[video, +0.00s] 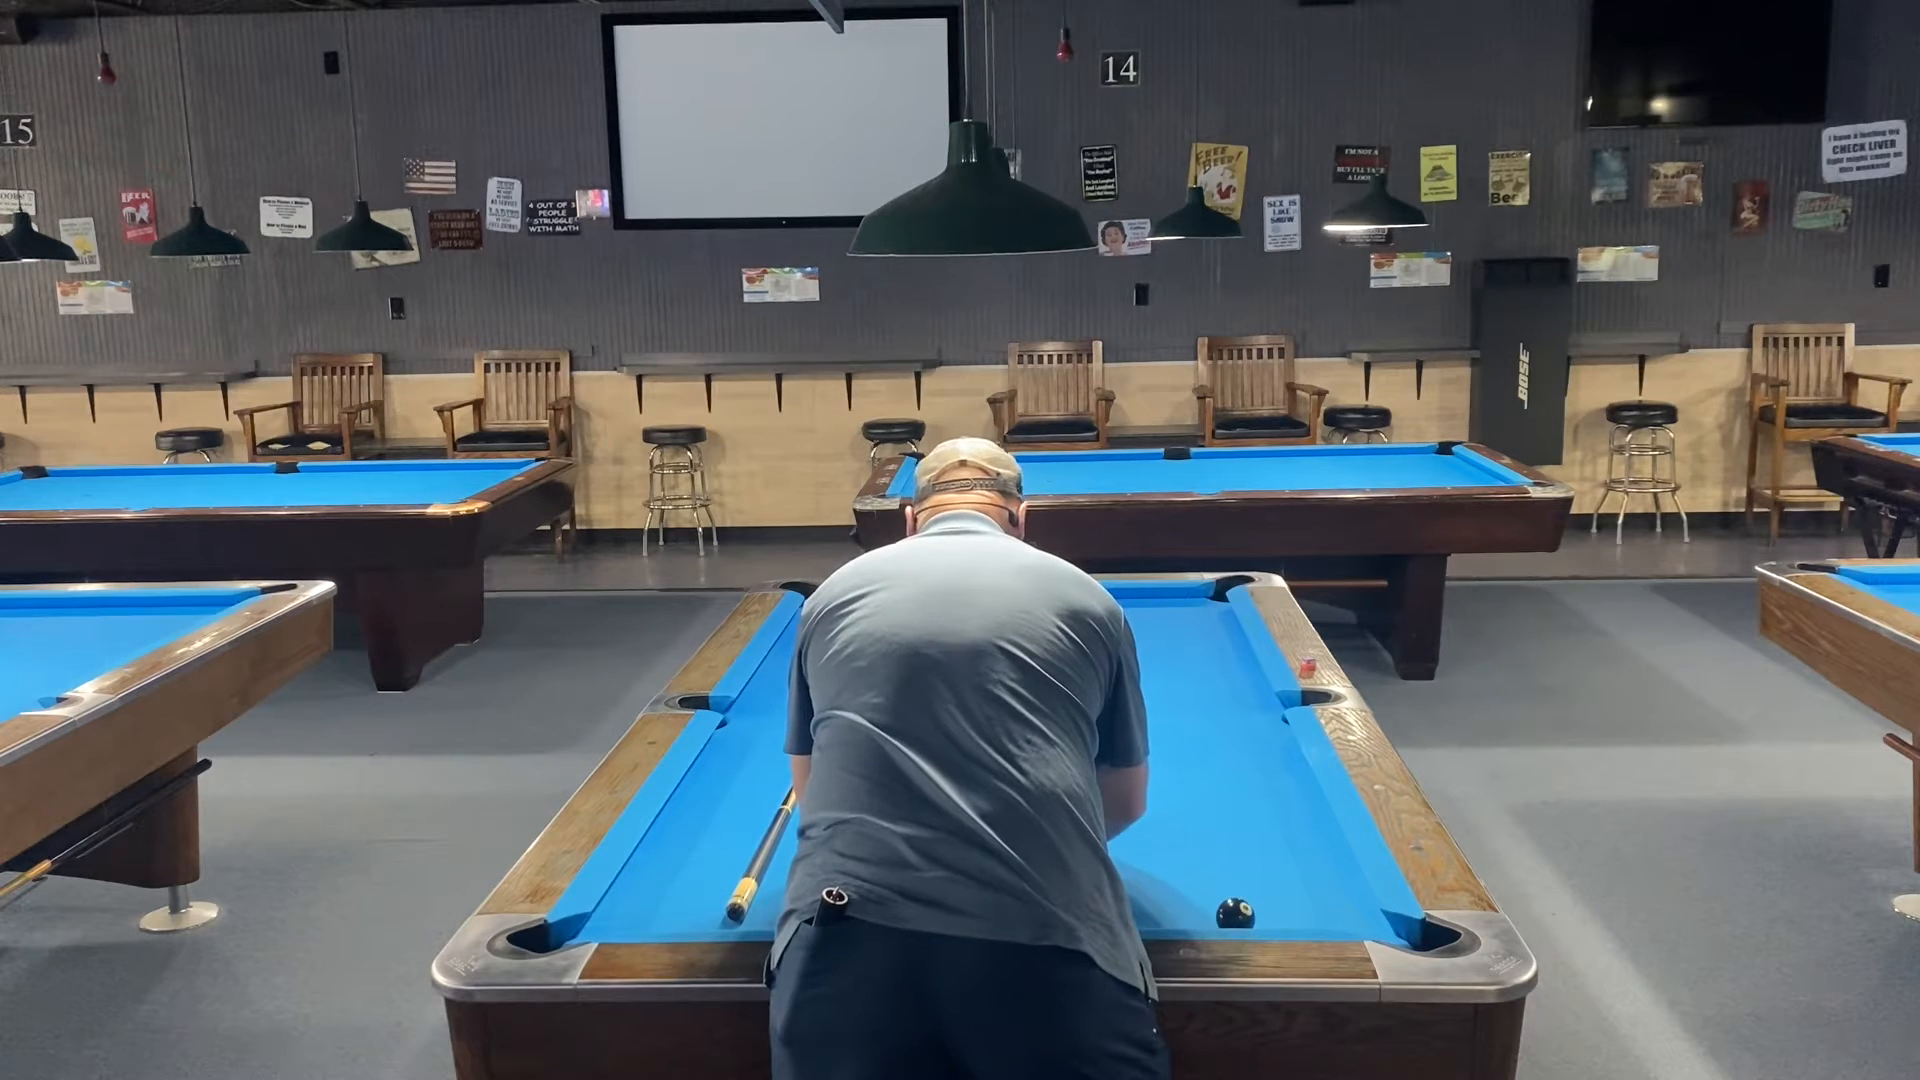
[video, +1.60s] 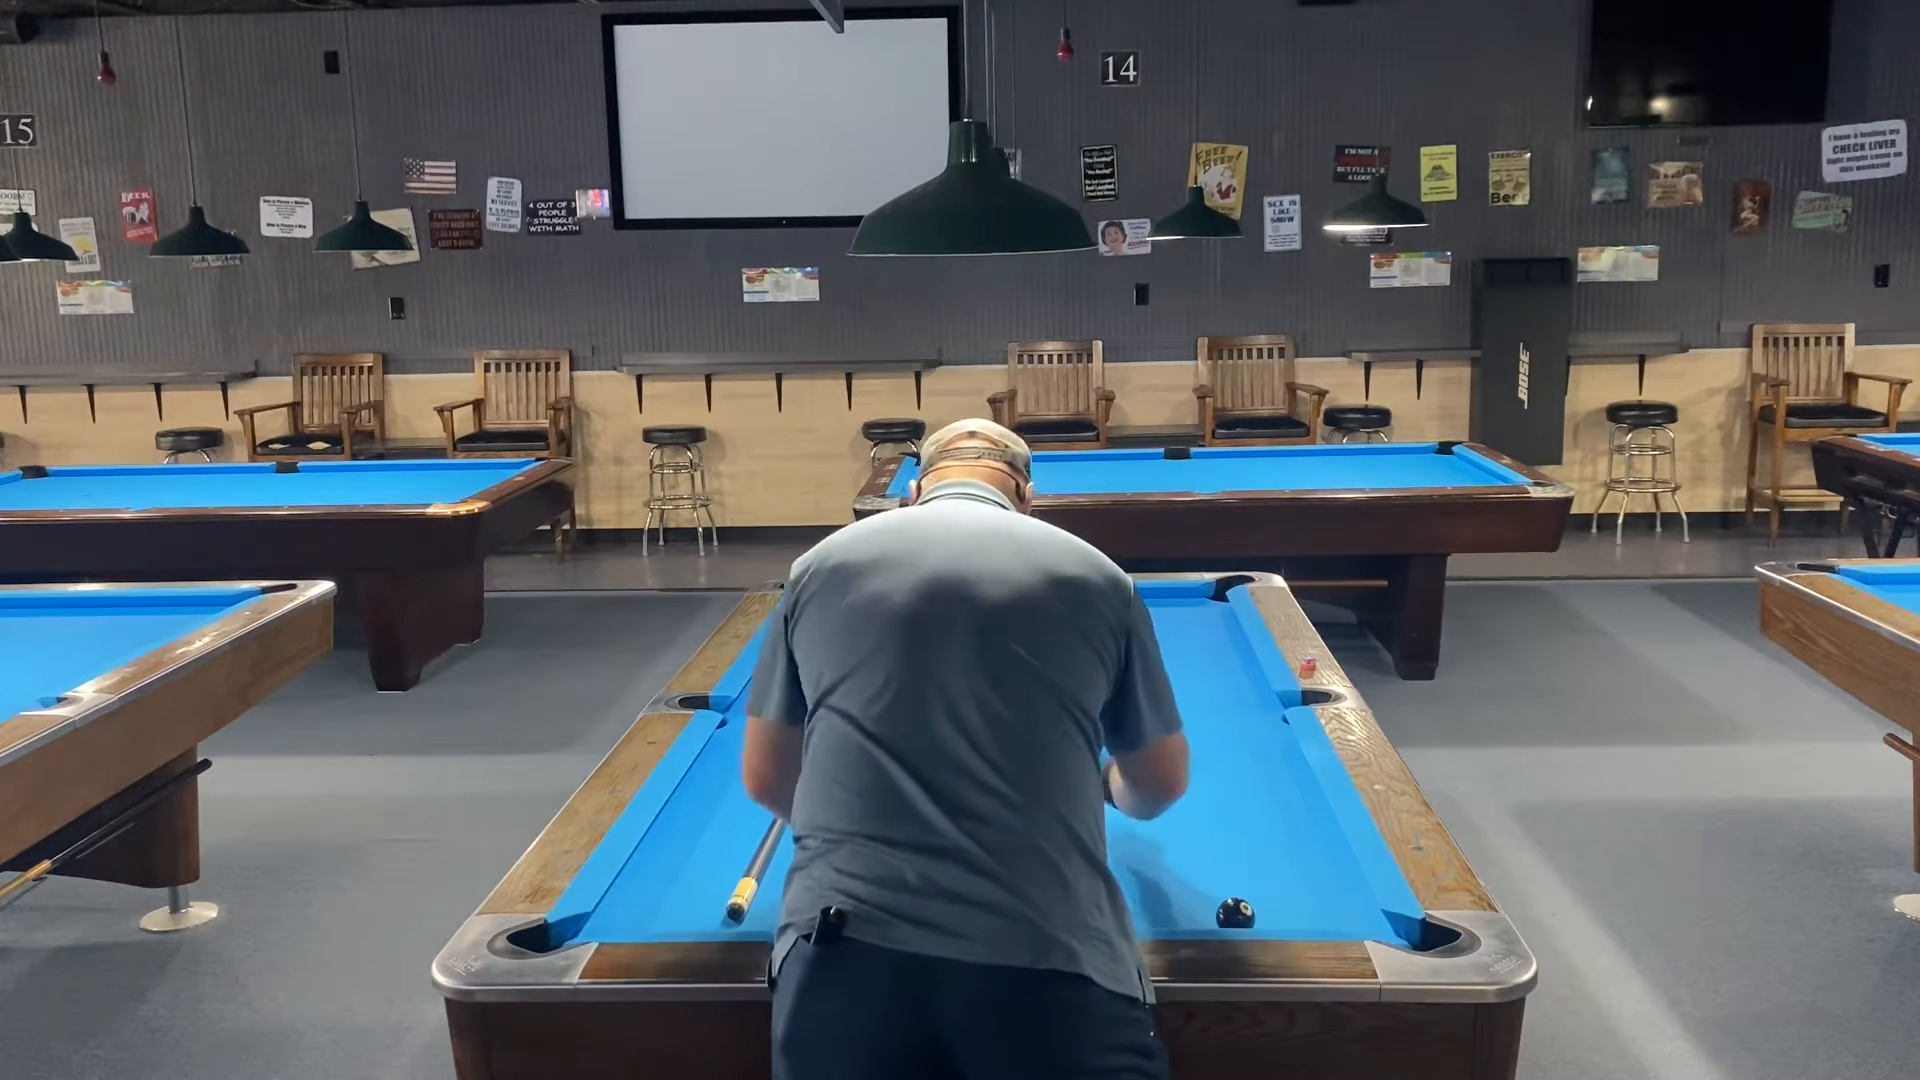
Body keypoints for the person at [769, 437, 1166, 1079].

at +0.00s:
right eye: (1020, 509)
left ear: (911, 518)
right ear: (1018, 514)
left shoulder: (834, 591)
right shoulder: (1088, 597)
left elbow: (809, 786)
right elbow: (1123, 798)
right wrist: (1028, 845)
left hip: (846, 955)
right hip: (1050, 962)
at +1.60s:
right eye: (1033, 490)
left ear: (915, 491)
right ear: (1024, 493)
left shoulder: (825, 562)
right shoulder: (1099, 578)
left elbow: (767, 774)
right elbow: (1158, 784)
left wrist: (857, 819)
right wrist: (1096, 776)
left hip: (846, 968)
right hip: (1052, 977)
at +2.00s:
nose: (1044, 485)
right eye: (1041, 470)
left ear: (914, 461)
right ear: (1027, 462)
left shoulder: (809, 552)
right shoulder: (1101, 561)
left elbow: (761, 778)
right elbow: (1176, 789)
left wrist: (846, 831)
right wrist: (1154, 831)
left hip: (844, 987)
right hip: (1053, 1005)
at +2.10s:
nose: (1049, 490)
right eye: (1046, 470)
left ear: (916, 460)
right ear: (1027, 452)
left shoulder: (810, 551)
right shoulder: (1099, 557)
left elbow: (769, 780)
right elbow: (1183, 804)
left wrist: (854, 829)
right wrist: (1210, 806)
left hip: (841, 997)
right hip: (1051, 1007)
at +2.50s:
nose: (1052, 477)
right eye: (1054, 464)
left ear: (938, 453)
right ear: (1052, 458)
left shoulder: (833, 549)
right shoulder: (1117, 562)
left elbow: (792, 772)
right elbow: (1214, 782)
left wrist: (880, 831)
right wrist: (1235, 881)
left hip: (848, 986)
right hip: (1056, 1005)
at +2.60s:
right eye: (1052, 468)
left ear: (939, 458)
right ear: (1051, 463)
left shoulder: (837, 550)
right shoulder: (1120, 566)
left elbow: (783, 772)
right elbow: (1211, 789)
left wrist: (870, 835)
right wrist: (1234, 863)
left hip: (851, 982)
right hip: (1060, 1000)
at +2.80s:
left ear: (935, 469)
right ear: (1045, 478)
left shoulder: (836, 557)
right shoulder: (1117, 573)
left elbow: (777, 772)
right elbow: (1192, 798)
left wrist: (861, 819)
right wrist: (1163, 822)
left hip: (854, 979)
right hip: (1066, 994)